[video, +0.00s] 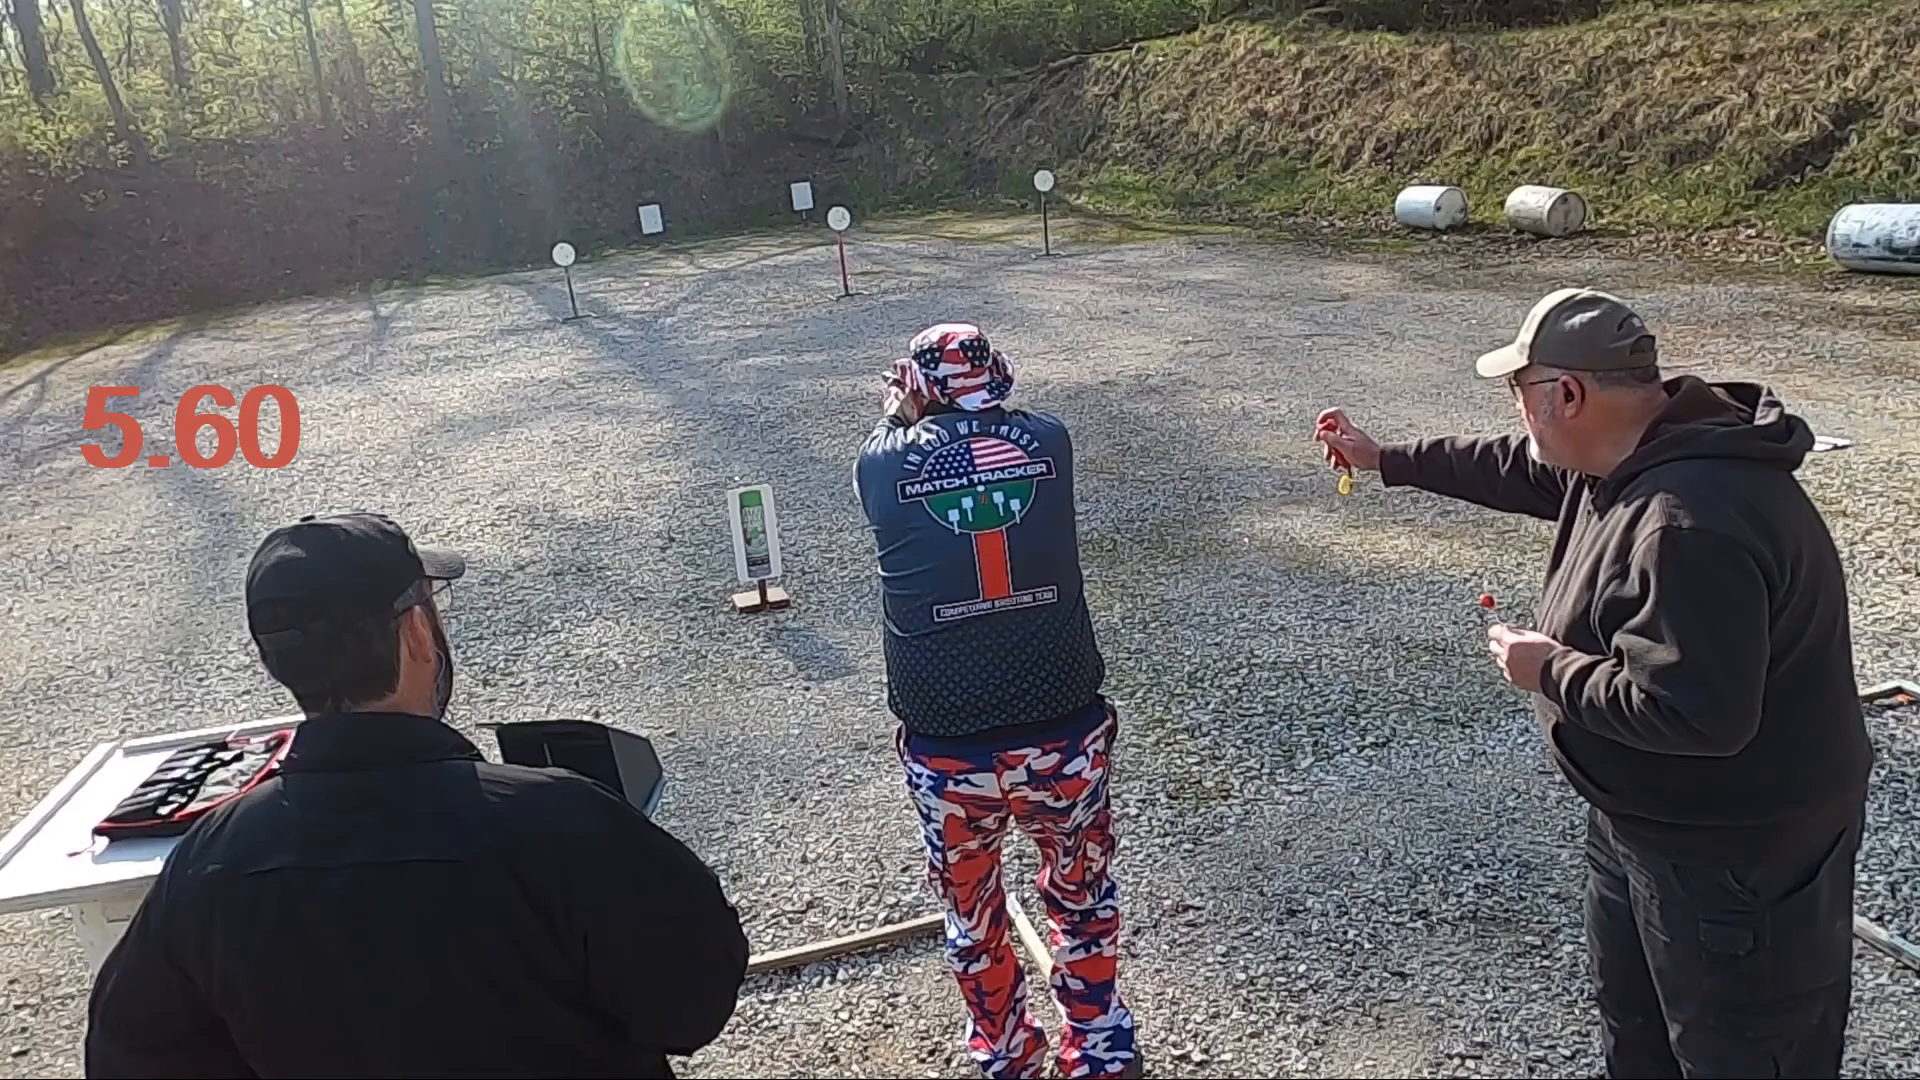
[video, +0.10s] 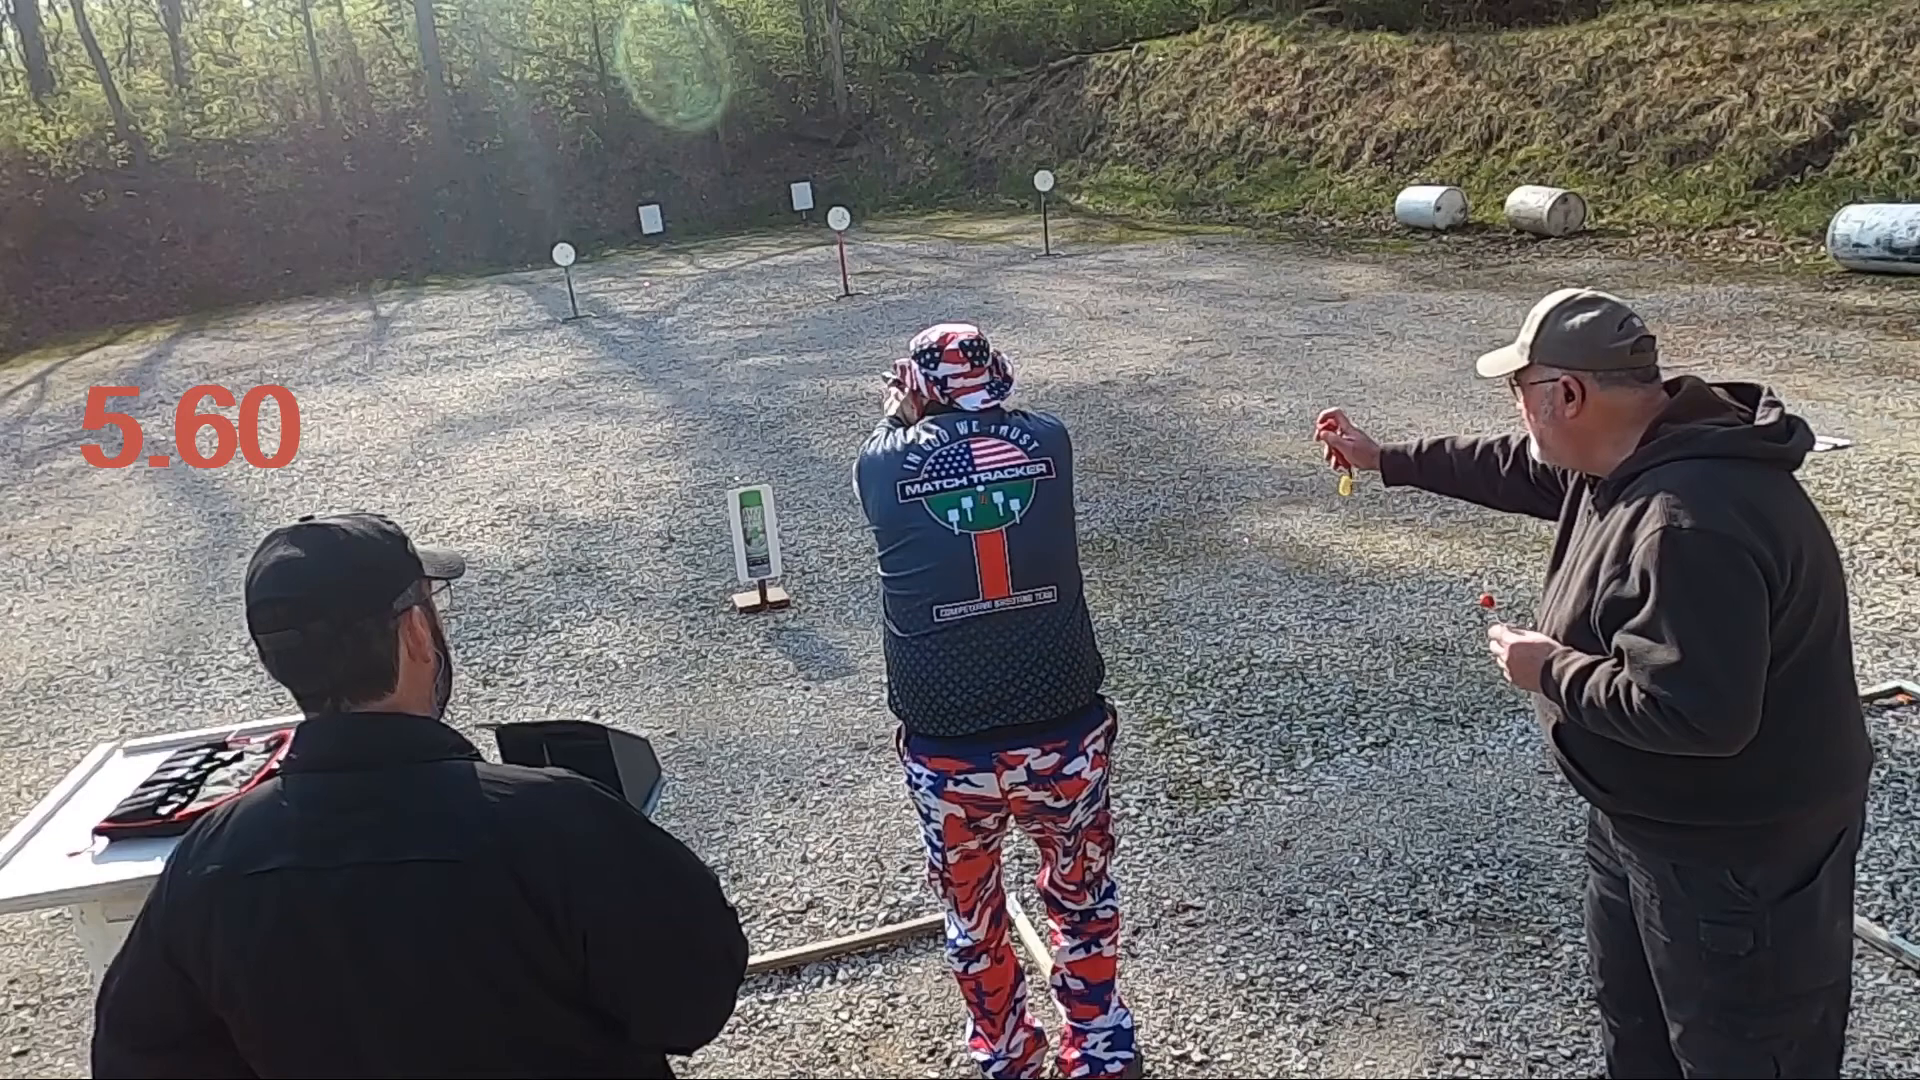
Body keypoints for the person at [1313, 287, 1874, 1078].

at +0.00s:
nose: (1518, 408)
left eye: (1521, 391)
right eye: (1516, 391)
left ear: (1568, 397)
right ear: (1579, 395)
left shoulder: (1689, 525)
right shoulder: (1619, 461)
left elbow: (1703, 716)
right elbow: (1510, 466)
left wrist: (1550, 669)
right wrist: (1383, 457)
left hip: (1735, 855)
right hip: (1640, 821)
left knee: (1743, 1058)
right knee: (1639, 1037)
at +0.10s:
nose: (1517, 408)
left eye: (1521, 390)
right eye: (1516, 390)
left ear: (1569, 397)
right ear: (1580, 395)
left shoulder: (1690, 525)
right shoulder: (1620, 461)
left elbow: (1703, 716)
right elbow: (1511, 467)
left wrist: (1550, 669)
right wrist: (1383, 457)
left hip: (1736, 855)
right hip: (1641, 822)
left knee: (1743, 1059)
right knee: (1639, 1037)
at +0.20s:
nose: (1520, 409)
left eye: (1523, 390)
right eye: (1518, 390)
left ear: (1572, 397)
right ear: (1583, 396)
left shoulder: (1692, 525)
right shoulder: (1622, 462)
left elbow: (1705, 716)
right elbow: (1512, 467)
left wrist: (1551, 669)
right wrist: (1385, 458)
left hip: (1736, 856)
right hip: (1640, 822)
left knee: (1743, 1060)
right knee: (1640, 1037)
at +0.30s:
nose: (1523, 409)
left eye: (1526, 391)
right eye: (1521, 391)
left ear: (1575, 397)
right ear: (1585, 395)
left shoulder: (1695, 525)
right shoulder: (1625, 463)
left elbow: (1706, 716)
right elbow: (1513, 466)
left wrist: (1552, 670)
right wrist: (1386, 458)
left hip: (1737, 857)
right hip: (1641, 823)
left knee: (1744, 1060)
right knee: (1641, 1037)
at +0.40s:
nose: (1524, 410)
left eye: (1527, 391)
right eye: (1522, 391)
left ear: (1576, 397)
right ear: (1586, 396)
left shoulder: (1697, 526)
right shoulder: (1626, 462)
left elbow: (1706, 716)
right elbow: (1514, 466)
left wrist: (1553, 670)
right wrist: (1387, 459)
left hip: (1737, 856)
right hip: (1641, 822)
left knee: (1745, 1061)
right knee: (1641, 1037)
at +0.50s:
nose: (1524, 409)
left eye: (1528, 391)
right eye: (1523, 391)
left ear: (1577, 398)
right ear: (1587, 396)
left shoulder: (1697, 526)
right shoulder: (1625, 463)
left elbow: (1707, 716)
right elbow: (1516, 467)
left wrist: (1553, 670)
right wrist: (1388, 460)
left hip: (1738, 856)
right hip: (1640, 823)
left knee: (1746, 1061)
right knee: (1641, 1038)